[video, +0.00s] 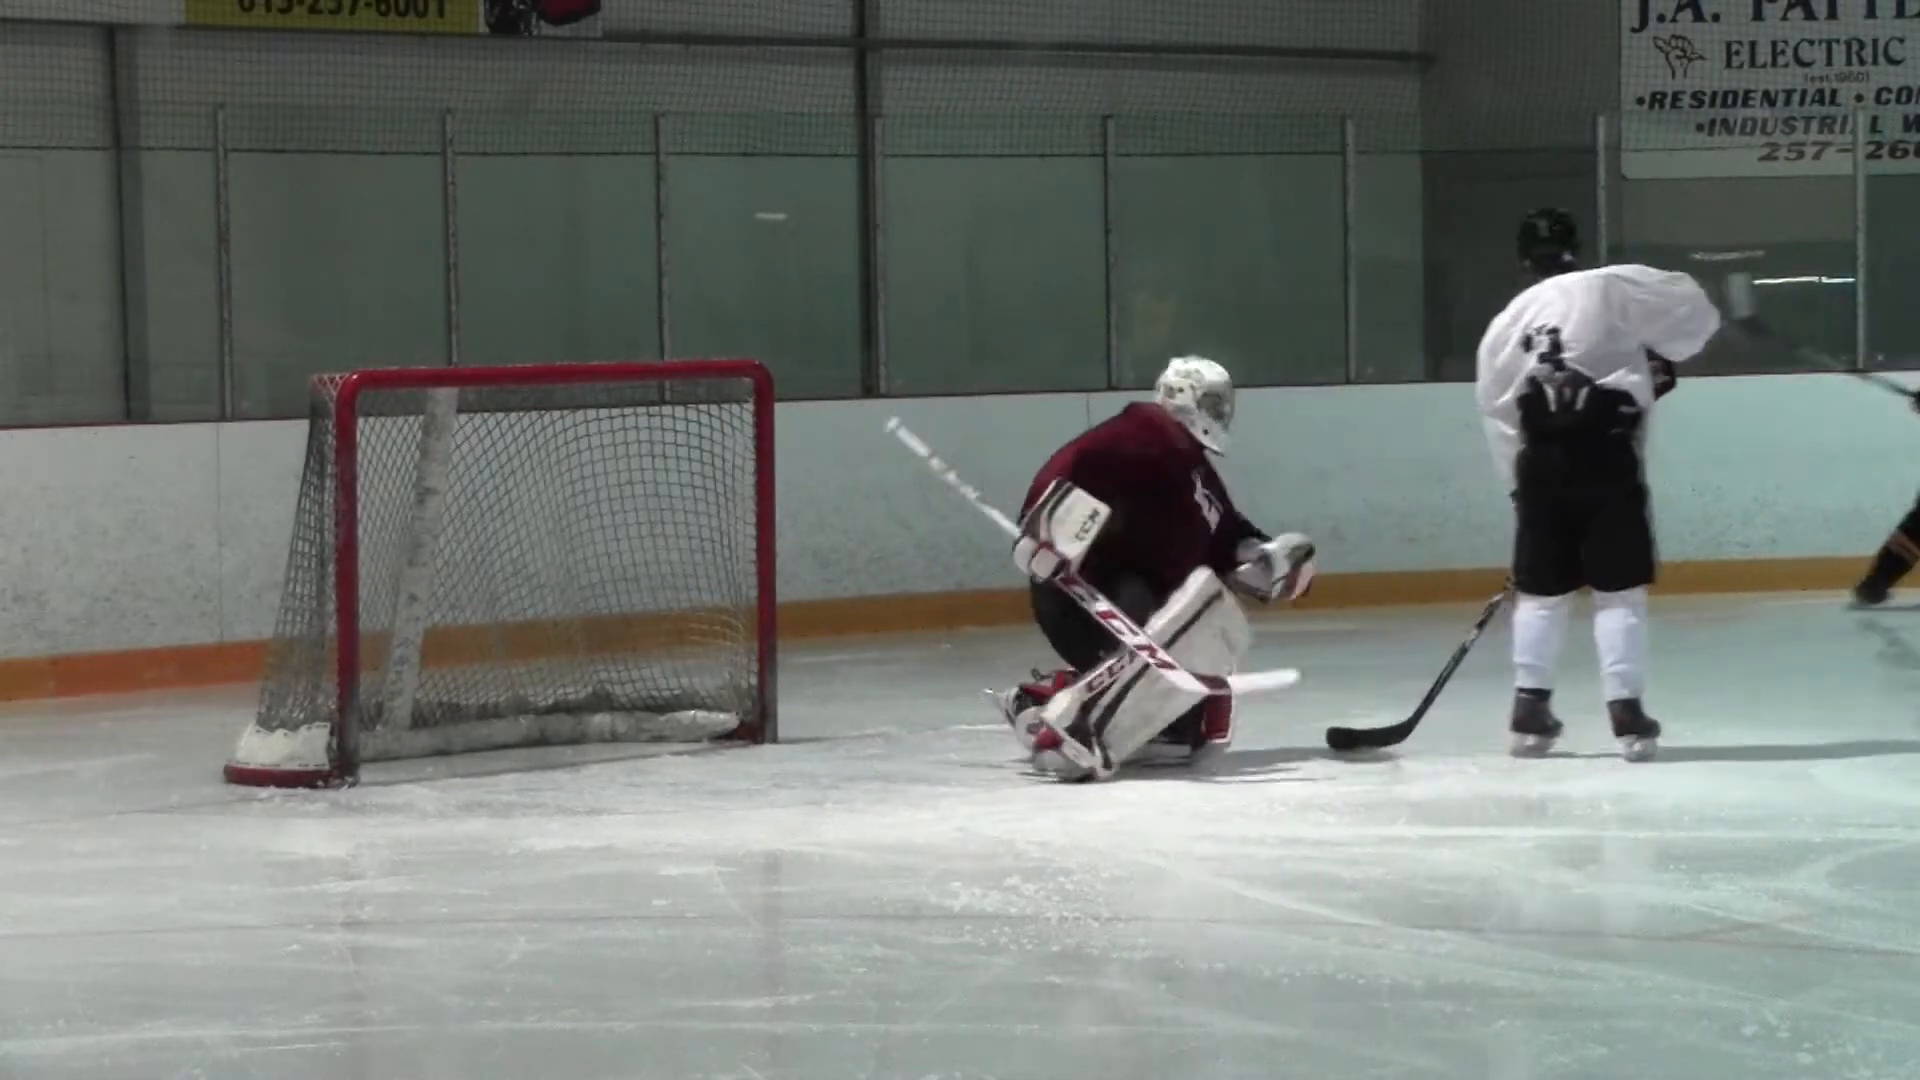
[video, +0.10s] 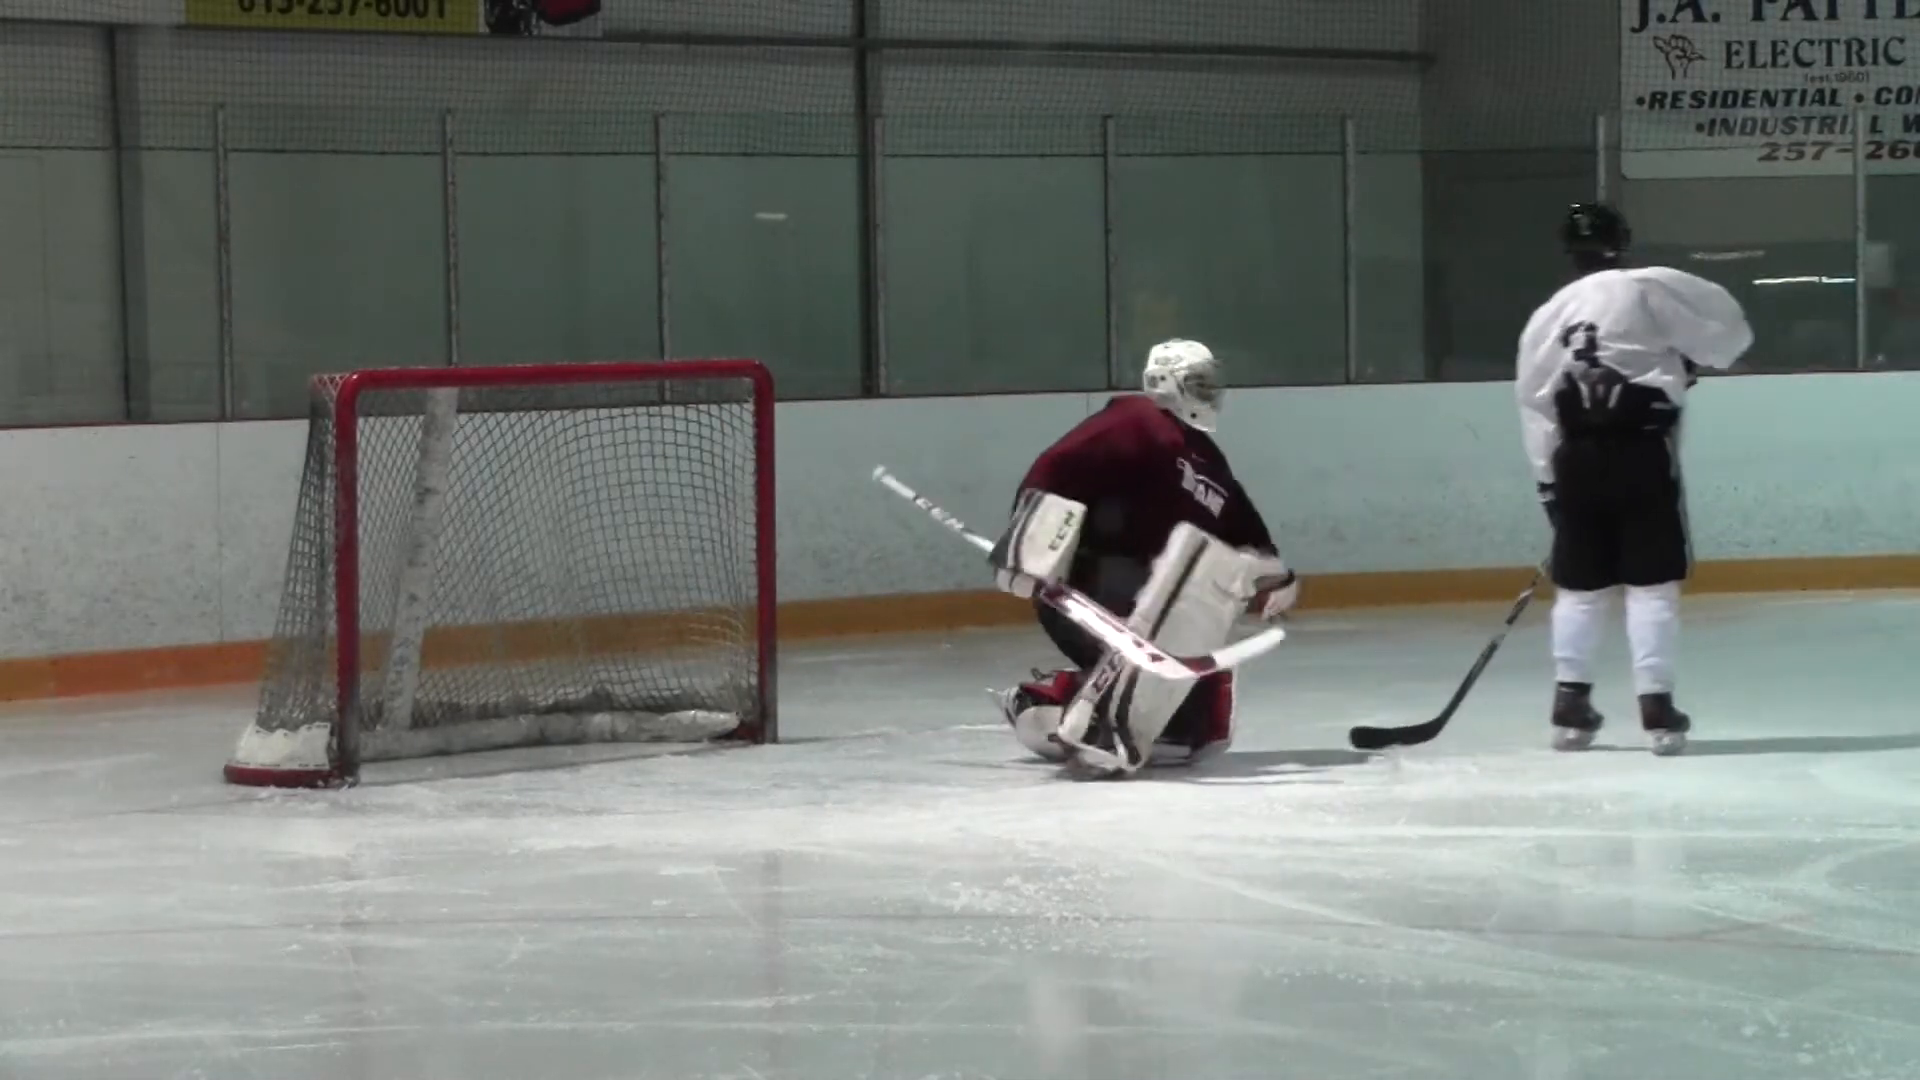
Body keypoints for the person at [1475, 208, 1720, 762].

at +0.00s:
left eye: (1538, 257)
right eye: (1568, 251)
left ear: (1525, 260)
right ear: (1575, 250)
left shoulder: (1504, 325)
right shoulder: (1611, 285)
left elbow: (1499, 417)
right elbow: (1696, 309)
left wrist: (1519, 485)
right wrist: (1663, 364)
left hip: (1542, 464)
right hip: (1609, 457)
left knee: (1540, 587)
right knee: (1618, 587)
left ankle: (1530, 707)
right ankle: (1625, 708)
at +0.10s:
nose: (1614, 256)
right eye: (1615, 245)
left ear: (1569, 253)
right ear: (1620, 246)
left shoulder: (1544, 318)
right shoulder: (1649, 289)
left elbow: (1536, 412)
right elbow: (1733, 333)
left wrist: (1548, 487)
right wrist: (1688, 365)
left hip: (1577, 461)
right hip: (1644, 456)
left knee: (1580, 582)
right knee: (1652, 579)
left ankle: (1569, 699)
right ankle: (1655, 702)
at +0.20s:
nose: (1662, 249)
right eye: (1665, 240)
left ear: (1615, 247)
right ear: (1666, 243)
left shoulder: (1587, 312)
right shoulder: (1694, 289)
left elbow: (1574, 404)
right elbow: (1765, 346)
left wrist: (1583, 479)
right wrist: (1710, 365)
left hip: (1611, 460)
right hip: (1678, 456)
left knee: (1616, 579)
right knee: (1685, 576)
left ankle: (1608, 695)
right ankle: (1686, 697)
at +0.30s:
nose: (1717, 247)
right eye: (1717, 239)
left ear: (1664, 245)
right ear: (1715, 242)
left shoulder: (1633, 308)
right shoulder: (1738, 291)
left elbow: (1616, 400)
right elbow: (1799, 353)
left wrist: (1623, 475)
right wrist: (1745, 363)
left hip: (1649, 457)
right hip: (1714, 454)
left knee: (1653, 574)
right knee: (1722, 573)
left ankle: (1645, 689)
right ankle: (1722, 693)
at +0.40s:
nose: (1767, 247)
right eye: (1765, 238)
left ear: (1712, 244)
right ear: (1764, 240)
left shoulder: (1680, 304)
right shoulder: (1780, 289)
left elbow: (1661, 396)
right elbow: (1838, 355)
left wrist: (1665, 466)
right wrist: (1782, 378)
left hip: (1687, 451)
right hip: (1751, 450)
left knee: (1692, 567)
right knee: (1763, 567)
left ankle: (1683, 682)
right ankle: (1760, 686)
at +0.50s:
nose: (1821, 248)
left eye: (1817, 238)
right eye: (1819, 239)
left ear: (1764, 243)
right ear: (1813, 240)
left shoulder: (1728, 303)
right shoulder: (1823, 289)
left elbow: (1708, 395)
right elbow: (1876, 357)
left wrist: (1714, 466)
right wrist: (1822, 385)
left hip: (1729, 450)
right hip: (1789, 449)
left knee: (1735, 564)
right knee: (1806, 564)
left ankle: (1726, 679)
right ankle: (1798, 683)